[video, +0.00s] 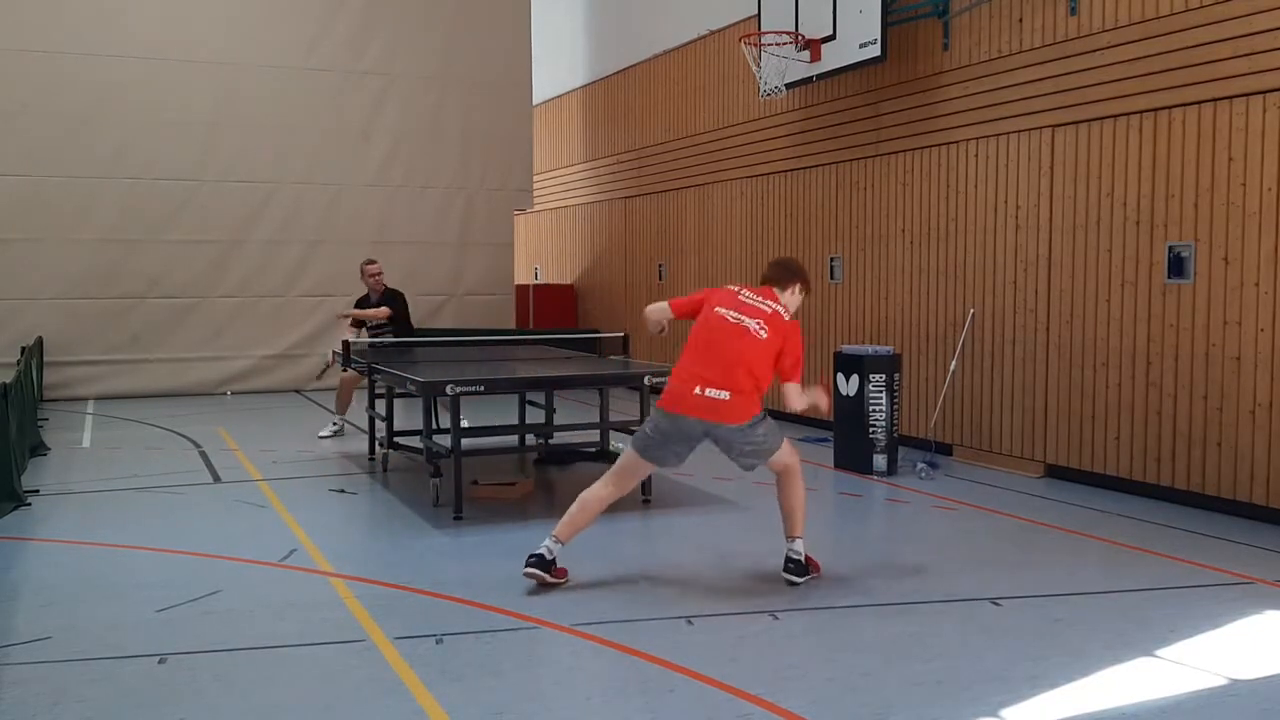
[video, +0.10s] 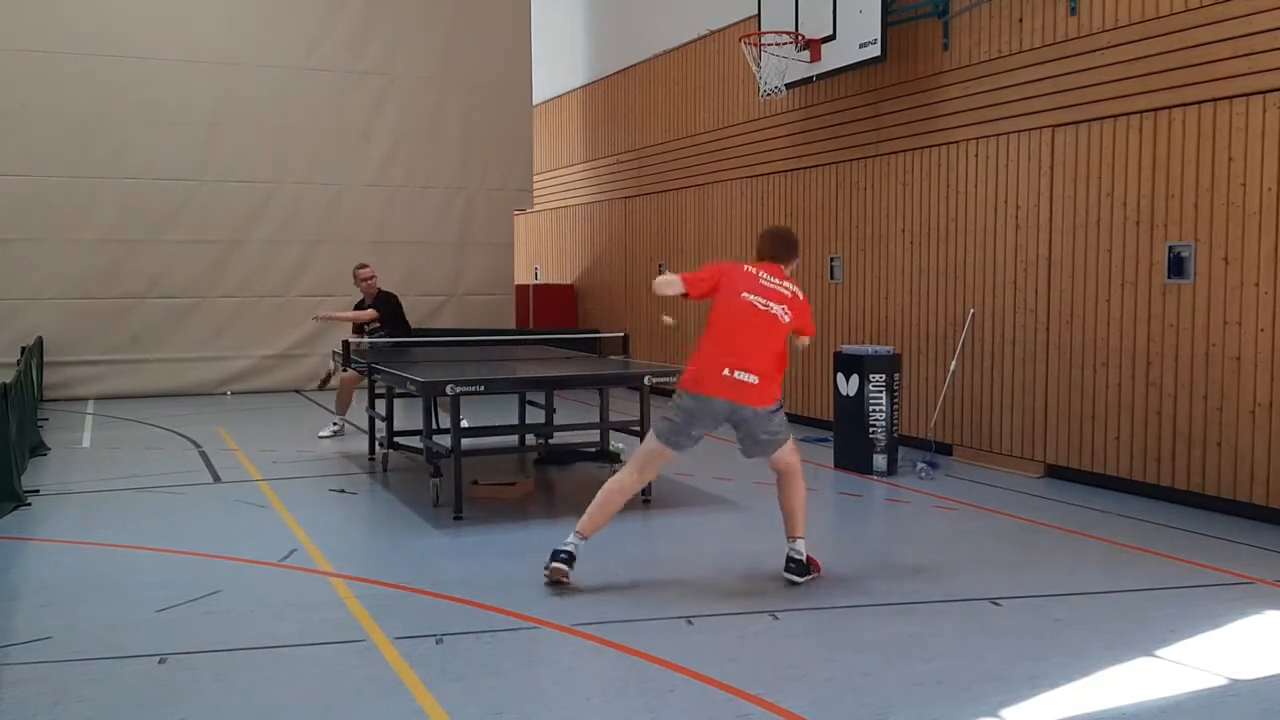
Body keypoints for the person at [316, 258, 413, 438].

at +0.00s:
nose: (377, 279)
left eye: (380, 274)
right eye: (372, 276)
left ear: (384, 275)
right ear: (363, 280)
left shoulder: (396, 296)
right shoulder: (362, 303)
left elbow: (382, 314)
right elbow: (353, 331)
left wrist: (352, 314)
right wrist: (343, 351)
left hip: (403, 354)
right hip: (376, 355)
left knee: (432, 380)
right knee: (346, 379)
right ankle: (338, 422)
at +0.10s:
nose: (370, 282)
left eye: (372, 278)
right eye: (364, 280)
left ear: (377, 278)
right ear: (356, 284)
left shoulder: (389, 299)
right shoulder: (359, 308)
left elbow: (369, 316)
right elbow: (356, 340)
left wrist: (333, 316)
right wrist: (342, 361)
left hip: (403, 356)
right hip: (376, 357)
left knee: (433, 384)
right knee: (346, 379)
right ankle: (338, 423)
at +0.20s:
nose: (366, 285)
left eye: (368, 281)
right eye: (361, 283)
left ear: (373, 281)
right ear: (353, 288)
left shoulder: (384, 300)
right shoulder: (359, 310)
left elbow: (360, 317)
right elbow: (360, 344)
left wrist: (322, 318)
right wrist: (346, 367)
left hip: (400, 355)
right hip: (377, 355)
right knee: (347, 380)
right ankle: (339, 424)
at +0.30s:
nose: (361, 287)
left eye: (363, 283)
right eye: (356, 285)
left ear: (368, 283)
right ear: (348, 290)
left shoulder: (377, 302)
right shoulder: (360, 309)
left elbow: (345, 317)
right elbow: (370, 339)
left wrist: (311, 316)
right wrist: (368, 356)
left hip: (403, 356)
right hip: (380, 357)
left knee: (429, 387)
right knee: (347, 379)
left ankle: (457, 422)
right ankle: (339, 423)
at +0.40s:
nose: (347, 288)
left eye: (350, 283)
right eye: (343, 285)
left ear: (357, 282)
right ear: (338, 289)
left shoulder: (361, 300)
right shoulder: (359, 302)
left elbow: (328, 313)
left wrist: (294, 311)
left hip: (397, 355)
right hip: (377, 355)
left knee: (428, 386)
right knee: (343, 378)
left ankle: (458, 422)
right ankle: (337, 422)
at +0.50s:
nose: (333, 282)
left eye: (336, 277)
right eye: (328, 280)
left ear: (344, 275)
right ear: (325, 283)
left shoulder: (349, 294)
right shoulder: (351, 294)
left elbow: (329, 316)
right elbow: (370, 322)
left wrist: (294, 318)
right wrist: (356, 344)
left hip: (382, 352)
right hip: (375, 351)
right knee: (333, 377)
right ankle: (336, 422)